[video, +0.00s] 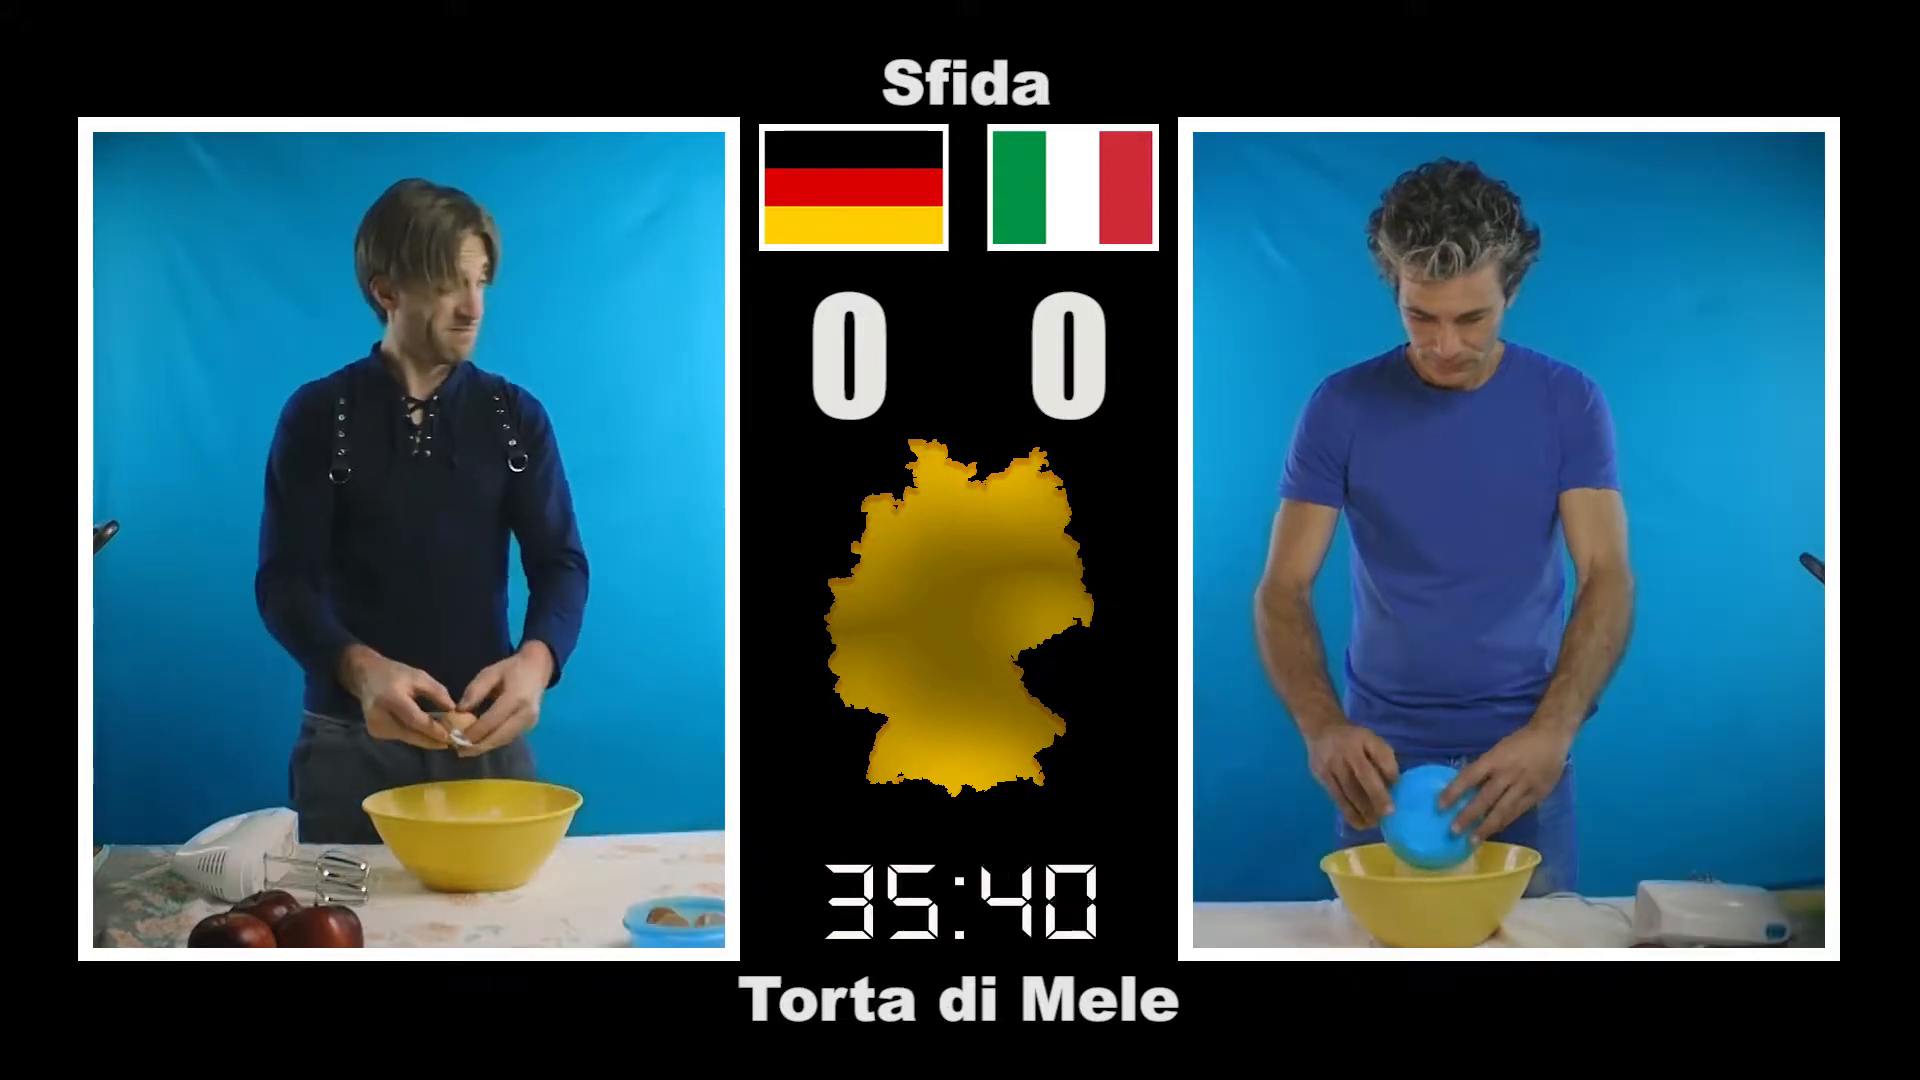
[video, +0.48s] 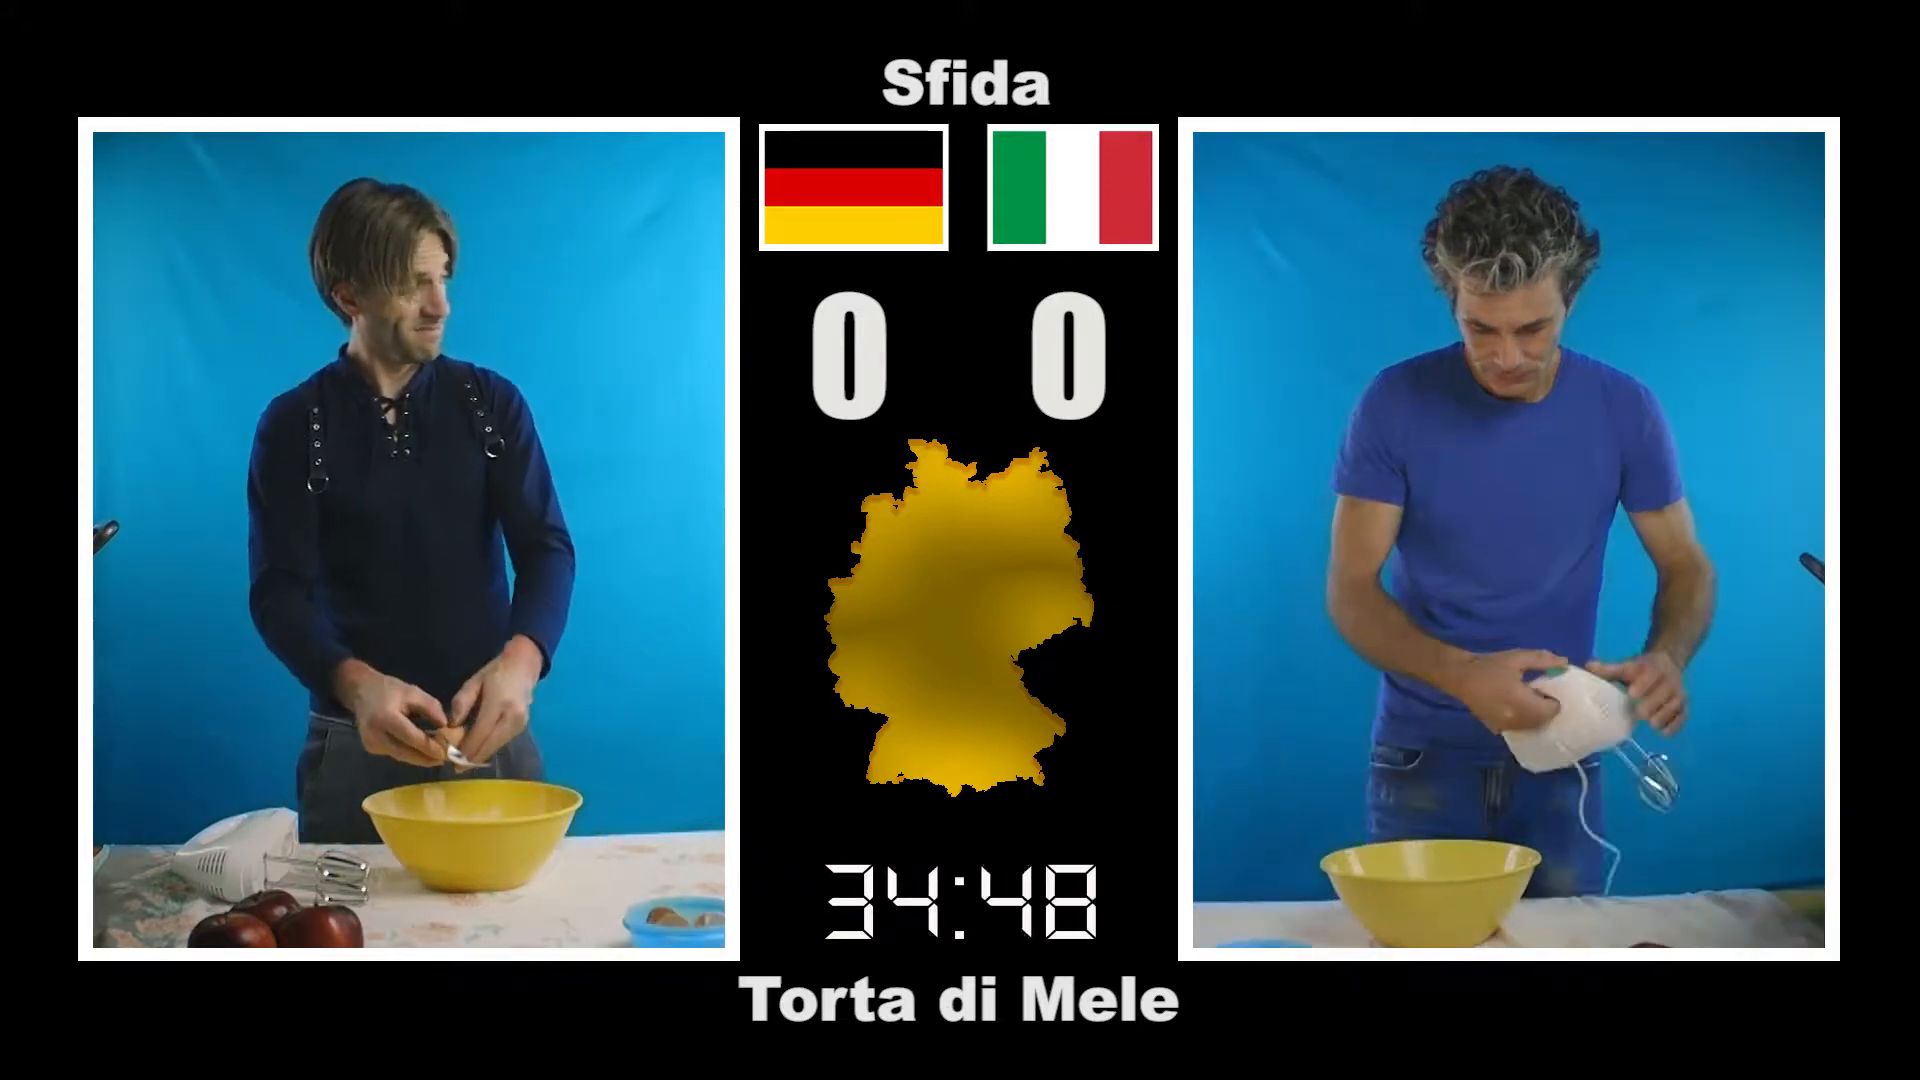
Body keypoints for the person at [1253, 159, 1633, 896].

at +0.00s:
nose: (1447, 344)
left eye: (1471, 317)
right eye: (1423, 317)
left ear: (1508, 292)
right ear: (1397, 292)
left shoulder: (1564, 402)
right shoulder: (1344, 406)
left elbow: (1607, 577)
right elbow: (1283, 591)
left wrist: (1550, 732)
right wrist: (1324, 729)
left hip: (1523, 751)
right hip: (1384, 751)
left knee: (1528, 948)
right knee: (1384, 950)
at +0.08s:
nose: (1447, 344)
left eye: (1472, 317)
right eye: (1423, 317)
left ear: (1508, 292)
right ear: (1397, 291)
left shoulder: (1564, 403)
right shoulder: (1344, 405)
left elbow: (1607, 578)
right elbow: (1280, 592)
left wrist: (1550, 732)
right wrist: (1324, 729)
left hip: (1523, 752)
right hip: (1384, 754)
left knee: (1528, 948)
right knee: (1383, 951)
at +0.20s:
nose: (1447, 344)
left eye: (1472, 317)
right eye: (1423, 317)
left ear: (1508, 292)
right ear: (1396, 291)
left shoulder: (1563, 402)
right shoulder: (1343, 405)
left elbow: (1609, 578)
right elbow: (1275, 589)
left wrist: (1550, 729)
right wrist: (1324, 729)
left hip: (1520, 751)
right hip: (1384, 752)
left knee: (1528, 948)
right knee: (1384, 950)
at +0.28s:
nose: (1447, 344)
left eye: (1472, 317)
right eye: (1423, 317)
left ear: (1508, 292)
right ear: (1397, 291)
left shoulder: (1563, 402)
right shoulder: (1343, 405)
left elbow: (1611, 578)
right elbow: (1272, 589)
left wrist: (1549, 726)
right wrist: (1323, 727)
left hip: (1520, 752)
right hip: (1383, 752)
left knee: (1528, 948)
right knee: (1385, 951)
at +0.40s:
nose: (1447, 344)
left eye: (1472, 317)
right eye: (1423, 317)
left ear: (1507, 292)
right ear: (1396, 292)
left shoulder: (1562, 402)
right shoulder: (1343, 406)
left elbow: (1618, 576)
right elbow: (1269, 587)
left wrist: (1550, 718)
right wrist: (1319, 723)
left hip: (1520, 752)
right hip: (1382, 753)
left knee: (1529, 948)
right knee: (1388, 951)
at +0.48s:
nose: (1506, 355)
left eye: (1532, 329)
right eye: (1481, 329)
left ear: (1568, 300)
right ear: (1452, 299)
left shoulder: (1623, 411)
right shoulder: (1399, 405)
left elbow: (1685, 569)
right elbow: (1350, 593)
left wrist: (1668, 658)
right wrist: (1462, 675)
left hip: (1562, 762)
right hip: (1425, 756)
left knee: (1562, 952)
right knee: (1421, 952)